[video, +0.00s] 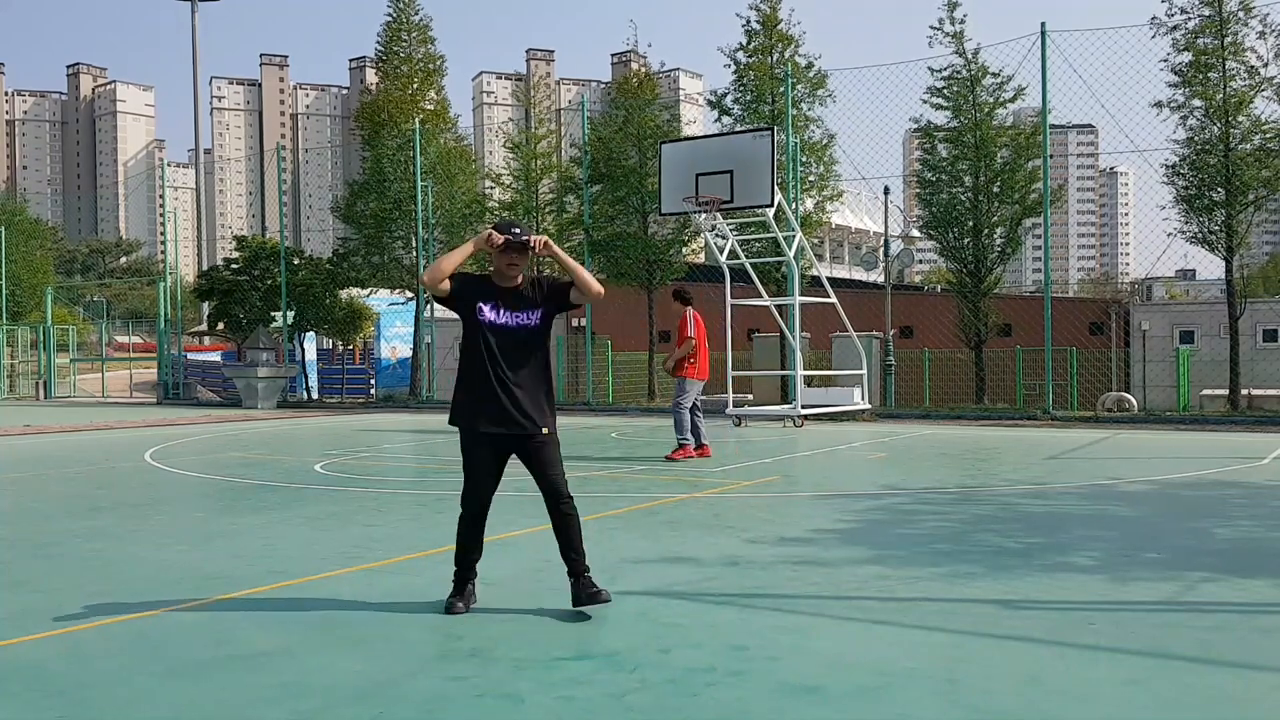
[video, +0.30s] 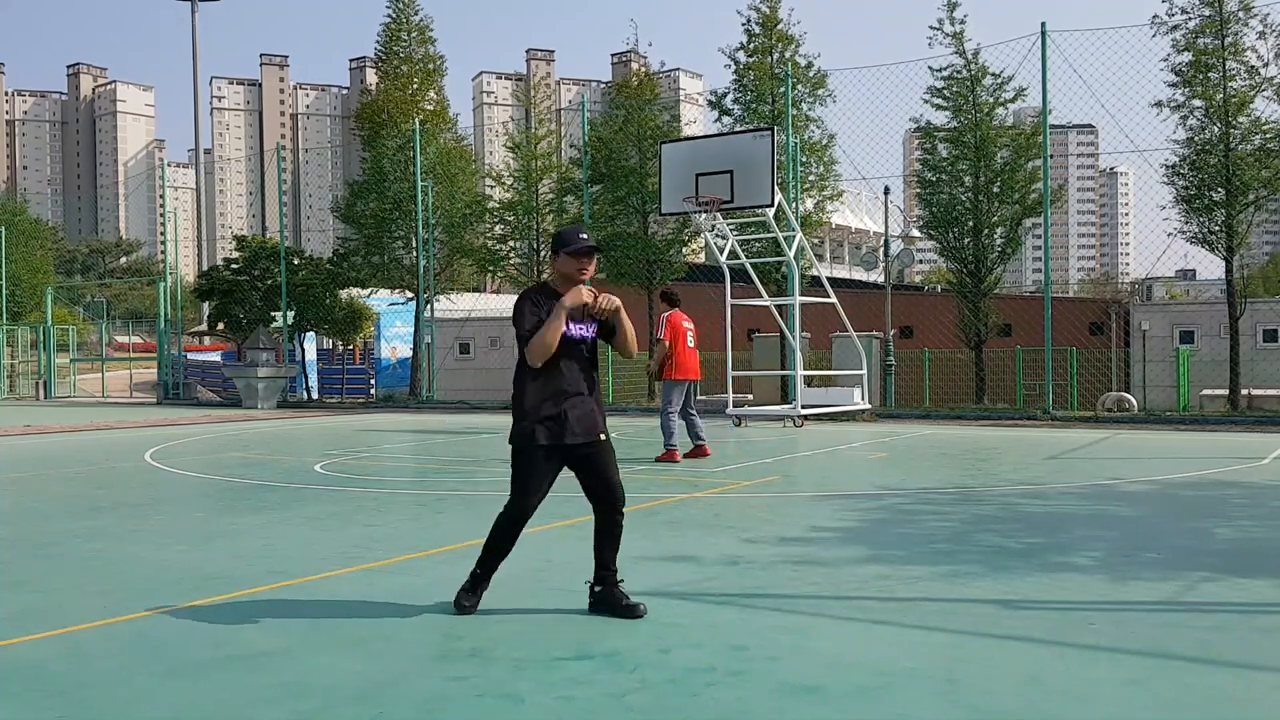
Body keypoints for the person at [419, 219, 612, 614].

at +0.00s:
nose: (513, 263)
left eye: (520, 256)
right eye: (506, 256)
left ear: (530, 259)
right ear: (491, 258)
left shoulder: (544, 292)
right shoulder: (472, 289)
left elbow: (595, 292)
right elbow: (431, 279)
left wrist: (553, 250)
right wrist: (476, 242)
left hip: (534, 418)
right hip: (482, 419)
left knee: (560, 496)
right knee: (474, 505)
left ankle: (581, 579)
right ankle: (463, 586)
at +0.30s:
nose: (586, 262)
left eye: (591, 256)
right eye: (577, 256)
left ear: (595, 261)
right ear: (556, 259)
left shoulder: (595, 304)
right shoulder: (533, 301)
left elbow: (629, 348)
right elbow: (535, 357)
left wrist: (618, 310)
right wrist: (563, 308)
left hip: (587, 425)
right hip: (539, 427)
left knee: (611, 501)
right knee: (521, 506)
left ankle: (605, 588)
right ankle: (477, 581)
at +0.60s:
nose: (587, 242)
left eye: (596, 237)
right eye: (581, 236)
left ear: (610, 246)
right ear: (569, 244)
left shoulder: (631, 290)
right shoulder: (549, 295)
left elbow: (652, 350)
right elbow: (543, 364)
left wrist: (593, 368)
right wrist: (579, 408)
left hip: (620, 409)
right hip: (567, 409)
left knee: (617, 502)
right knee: (576, 497)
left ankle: (612, 588)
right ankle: (583, 587)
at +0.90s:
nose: (566, 235)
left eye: (574, 228)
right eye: (557, 233)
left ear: (594, 239)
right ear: (552, 248)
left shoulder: (627, 284)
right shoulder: (546, 304)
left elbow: (635, 353)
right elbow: (559, 375)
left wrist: (625, 418)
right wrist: (587, 430)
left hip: (635, 411)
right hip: (584, 417)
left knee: (644, 506)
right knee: (597, 515)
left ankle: (625, 576)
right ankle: (600, 609)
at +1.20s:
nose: (623, 249)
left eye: (628, 241)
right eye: (615, 241)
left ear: (630, 241)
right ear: (589, 236)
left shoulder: (639, 291)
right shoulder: (559, 289)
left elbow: (655, 356)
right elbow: (583, 346)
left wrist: (642, 392)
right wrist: (633, 380)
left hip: (640, 417)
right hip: (588, 422)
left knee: (658, 510)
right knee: (599, 514)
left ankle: (657, 617)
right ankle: (601, 608)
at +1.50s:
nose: (646, 235)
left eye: (654, 231)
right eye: (637, 225)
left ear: (658, 244)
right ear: (612, 229)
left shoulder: (665, 294)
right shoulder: (575, 284)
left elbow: (680, 364)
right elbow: (593, 347)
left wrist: (633, 408)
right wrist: (636, 394)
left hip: (646, 431)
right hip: (585, 429)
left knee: (656, 530)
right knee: (578, 536)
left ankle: (669, 642)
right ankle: (605, 582)